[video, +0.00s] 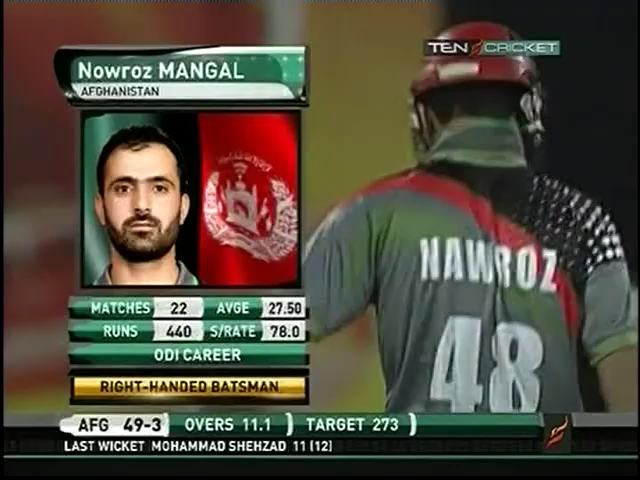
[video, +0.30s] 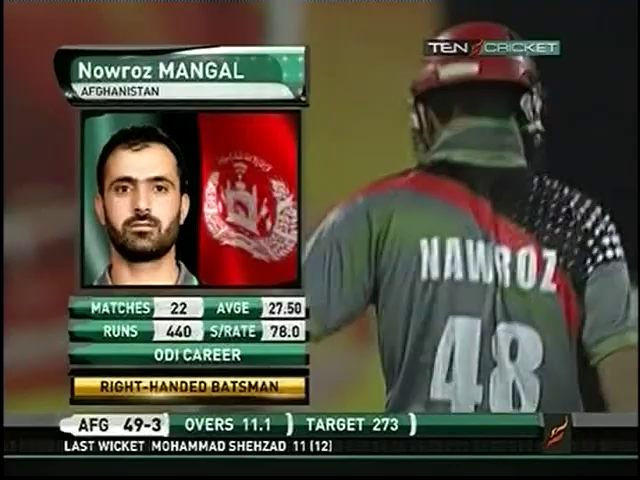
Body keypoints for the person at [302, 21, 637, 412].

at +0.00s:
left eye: (415, 112)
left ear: (424, 118)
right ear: (529, 111)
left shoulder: (379, 211)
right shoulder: (582, 220)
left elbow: (280, 328)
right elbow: (625, 379)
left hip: (423, 453)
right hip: (550, 456)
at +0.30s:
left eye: (415, 112)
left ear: (424, 118)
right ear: (529, 111)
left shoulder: (379, 211)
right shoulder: (582, 220)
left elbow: (280, 328)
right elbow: (625, 379)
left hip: (423, 453)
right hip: (550, 456)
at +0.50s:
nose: (568, 152)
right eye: (563, 129)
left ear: (455, 122)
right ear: (535, 120)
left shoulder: (374, 222)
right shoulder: (577, 239)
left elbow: (293, 367)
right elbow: (609, 409)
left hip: (405, 465)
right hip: (532, 469)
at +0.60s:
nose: (579, 145)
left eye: (581, 125)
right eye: (575, 122)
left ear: (478, 108)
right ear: (542, 113)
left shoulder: (372, 214)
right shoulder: (579, 234)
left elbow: (325, 384)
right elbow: (603, 401)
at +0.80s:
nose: (606, 126)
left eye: (606, 108)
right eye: (594, 105)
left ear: (497, 91)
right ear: (544, 98)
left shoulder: (397, 195)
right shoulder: (574, 210)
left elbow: (359, 376)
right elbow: (599, 386)